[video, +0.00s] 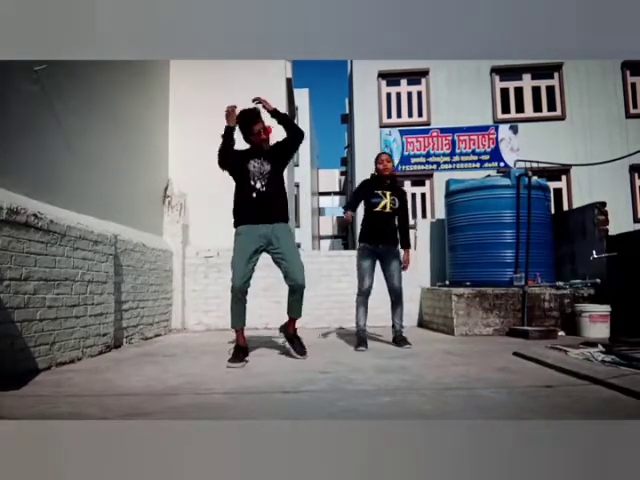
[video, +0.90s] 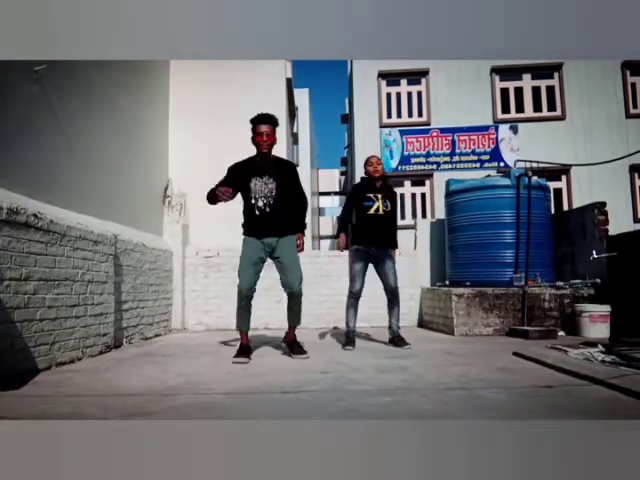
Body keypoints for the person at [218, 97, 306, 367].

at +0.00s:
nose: (265, 134)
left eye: (266, 129)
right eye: (258, 132)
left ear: (268, 128)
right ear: (247, 135)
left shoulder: (278, 154)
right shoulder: (238, 159)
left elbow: (297, 135)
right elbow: (223, 159)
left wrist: (274, 112)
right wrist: (230, 127)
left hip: (279, 227)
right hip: (248, 229)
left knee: (298, 282)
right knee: (239, 285)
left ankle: (291, 327)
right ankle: (240, 342)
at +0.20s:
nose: (265, 137)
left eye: (266, 132)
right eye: (260, 134)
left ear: (271, 134)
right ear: (252, 138)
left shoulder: (289, 158)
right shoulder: (250, 162)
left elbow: (316, 153)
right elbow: (245, 184)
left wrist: (295, 129)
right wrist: (253, 148)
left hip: (288, 231)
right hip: (258, 231)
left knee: (296, 287)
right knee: (243, 285)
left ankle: (293, 338)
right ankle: (242, 342)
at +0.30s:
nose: (267, 141)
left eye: (269, 135)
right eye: (262, 137)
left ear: (275, 134)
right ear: (257, 140)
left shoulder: (293, 158)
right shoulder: (255, 162)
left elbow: (322, 167)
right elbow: (246, 172)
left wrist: (306, 142)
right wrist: (252, 142)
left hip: (292, 232)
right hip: (262, 233)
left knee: (296, 288)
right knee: (251, 285)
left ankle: (292, 340)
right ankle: (244, 343)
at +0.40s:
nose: (269, 147)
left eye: (272, 141)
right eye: (265, 144)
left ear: (280, 140)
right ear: (260, 146)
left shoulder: (297, 164)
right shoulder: (258, 166)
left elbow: (325, 186)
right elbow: (244, 161)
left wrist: (316, 165)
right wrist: (252, 134)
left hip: (294, 236)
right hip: (265, 236)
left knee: (297, 290)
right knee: (252, 287)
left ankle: (292, 341)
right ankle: (246, 344)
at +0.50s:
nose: (270, 149)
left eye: (273, 143)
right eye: (265, 146)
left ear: (281, 142)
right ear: (260, 148)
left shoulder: (299, 166)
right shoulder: (259, 167)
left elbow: (326, 196)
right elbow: (241, 157)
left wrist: (320, 193)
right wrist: (251, 134)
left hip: (293, 237)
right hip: (264, 235)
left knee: (297, 290)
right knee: (247, 279)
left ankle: (292, 340)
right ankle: (249, 335)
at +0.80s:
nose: (264, 139)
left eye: (268, 134)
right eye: (259, 135)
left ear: (275, 135)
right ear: (253, 138)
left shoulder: (291, 164)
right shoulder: (249, 165)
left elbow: (308, 198)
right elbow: (219, 177)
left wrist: (305, 227)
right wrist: (224, 145)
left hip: (289, 234)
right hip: (259, 235)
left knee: (292, 289)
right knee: (248, 288)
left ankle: (291, 340)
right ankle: (245, 342)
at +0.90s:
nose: (264, 138)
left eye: (268, 134)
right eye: (260, 134)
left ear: (275, 136)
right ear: (252, 137)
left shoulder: (287, 168)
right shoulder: (241, 169)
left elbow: (300, 202)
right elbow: (210, 197)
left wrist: (300, 231)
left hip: (285, 237)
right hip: (254, 237)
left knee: (294, 287)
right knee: (245, 288)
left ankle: (291, 337)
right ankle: (244, 342)